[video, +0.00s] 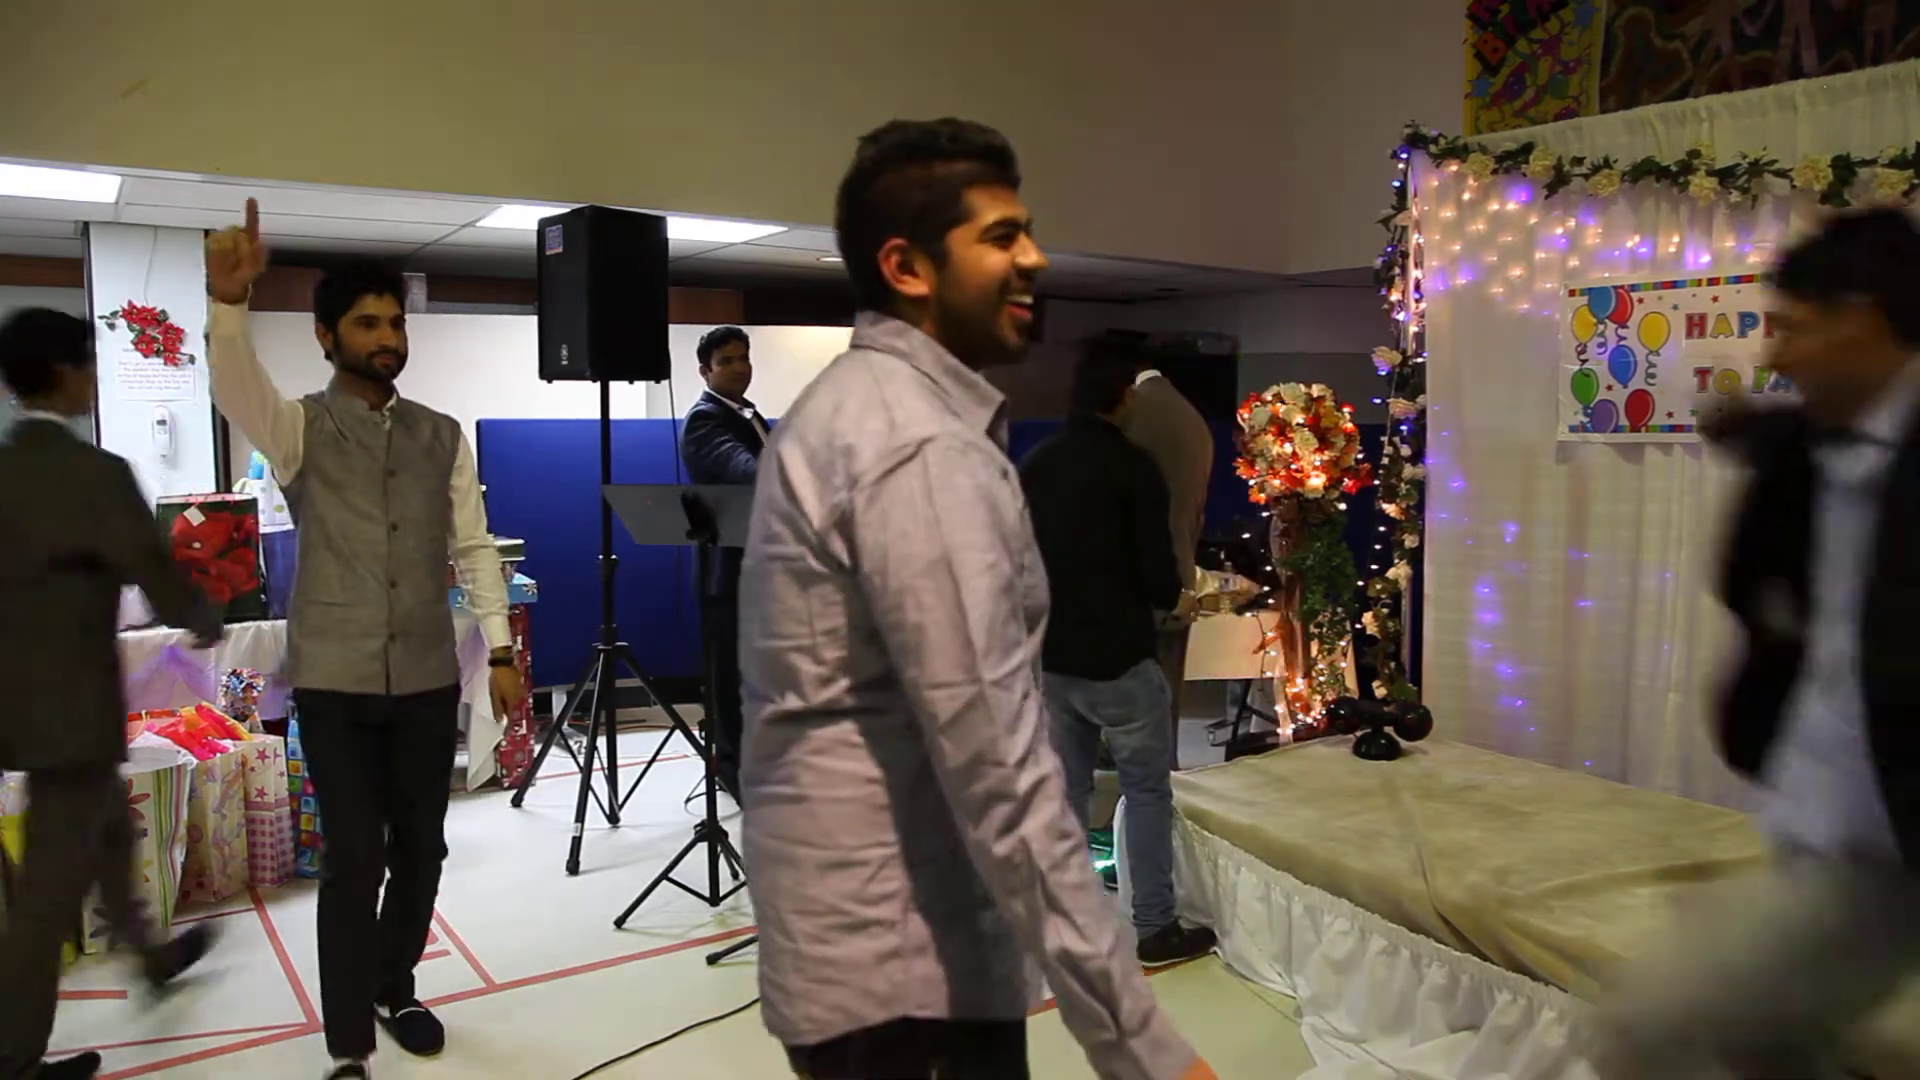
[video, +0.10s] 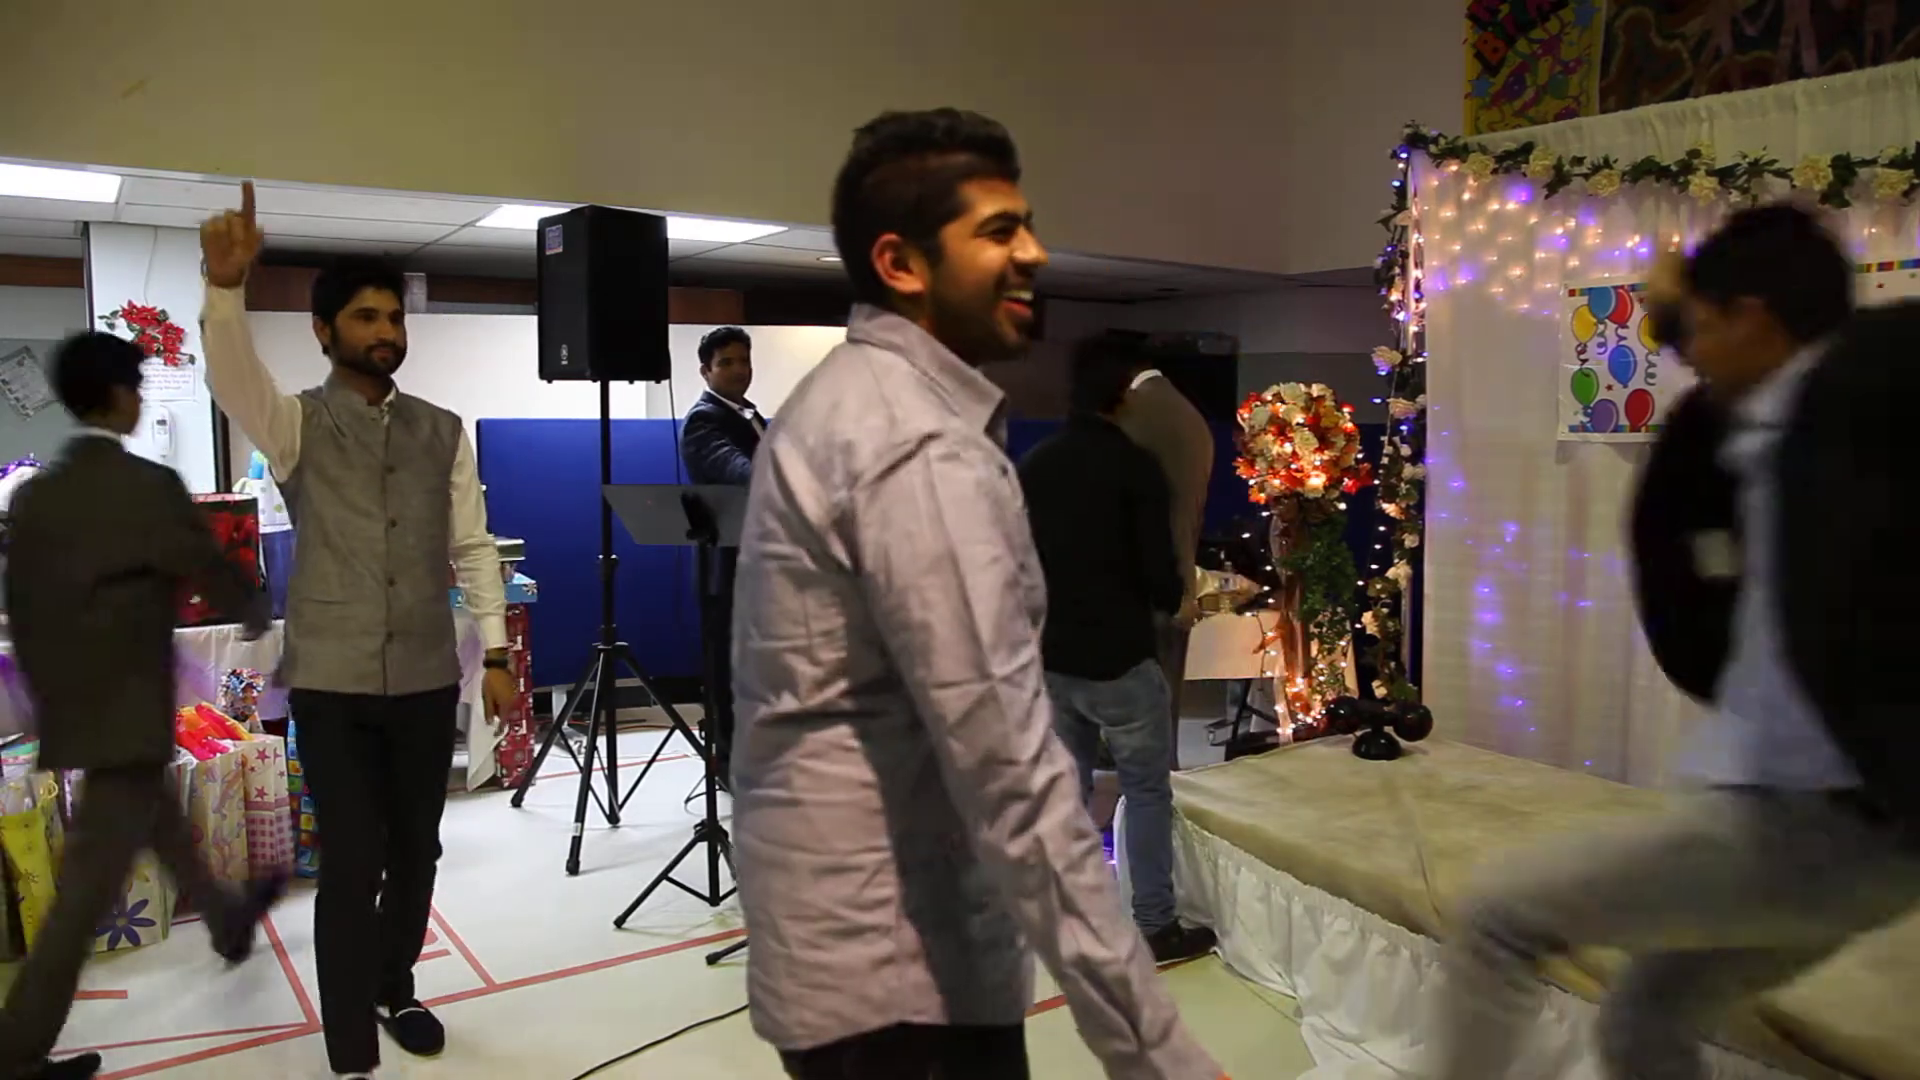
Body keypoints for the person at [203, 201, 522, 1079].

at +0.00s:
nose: (387, 336)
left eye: (395, 323)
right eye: (369, 323)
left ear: (406, 336)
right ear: (328, 334)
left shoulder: (443, 435)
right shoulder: (299, 429)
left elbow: (476, 548)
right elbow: (239, 386)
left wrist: (499, 645)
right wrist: (229, 298)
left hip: (427, 677)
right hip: (334, 680)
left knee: (422, 851)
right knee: (353, 856)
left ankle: (394, 986)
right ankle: (347, 1043)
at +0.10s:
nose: (385, 330)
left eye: (394, 318)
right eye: (367, 317)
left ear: (405, 331)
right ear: (327, 329)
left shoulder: (443, 429)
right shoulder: (296, 423)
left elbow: (475, 548)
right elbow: (236, 377)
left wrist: (493, 651)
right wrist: (223, 286)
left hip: (426, 679)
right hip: (330, 681)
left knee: (417, 857)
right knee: (351, 867)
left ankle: (394, 987)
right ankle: (350, 1051)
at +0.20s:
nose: (382, 322)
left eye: (392, 309)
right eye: (363, 308)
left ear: (404, 324)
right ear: (321, 322)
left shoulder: (446, 427)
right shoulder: (290, 414)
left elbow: (475, 548)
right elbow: (233, 358)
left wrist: (491, 654)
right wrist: (218, 263)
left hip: (422, 681)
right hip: (325, 684)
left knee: (413, 857)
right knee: (348, 873)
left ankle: (396, 987)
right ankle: (354, 1062)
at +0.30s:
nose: (380, 319)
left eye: (390, 306)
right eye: (360, 304)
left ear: (403, 323)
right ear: (316, 321)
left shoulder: (442, 429)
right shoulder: (284, 416)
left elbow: (473, 551)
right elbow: (225, 344)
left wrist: (488, 661)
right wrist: (209, 248)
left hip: (417, 685)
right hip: (318, 688)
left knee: (412, 860)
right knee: (345, 878)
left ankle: (398, 985)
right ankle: (354, 1063)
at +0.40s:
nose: (380, 314)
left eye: (390, 301)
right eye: (359, 298)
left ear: (404, 317)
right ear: (313, 312)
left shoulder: (440, 428)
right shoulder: (275, 408)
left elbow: (469, 555)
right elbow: (217, 339)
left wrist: (487, 670)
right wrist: (202, 237)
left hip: (414, 694)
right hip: (305, 695)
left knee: (421, 860)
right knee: (338, 892)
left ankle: (394, 971)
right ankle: (353, 1069)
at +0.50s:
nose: (383, 316)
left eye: (393, 302)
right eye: (362, 298)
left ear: (404, 318)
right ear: (312, 312)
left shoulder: (437, 429)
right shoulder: (273, 409)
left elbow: (468, 559)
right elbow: (209, 336)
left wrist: (485, 676)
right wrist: (194, 229)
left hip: (413, 695)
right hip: (304, 695)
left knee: (436, 875)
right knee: (338, 905)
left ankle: (391, 961)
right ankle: (354, 1072)